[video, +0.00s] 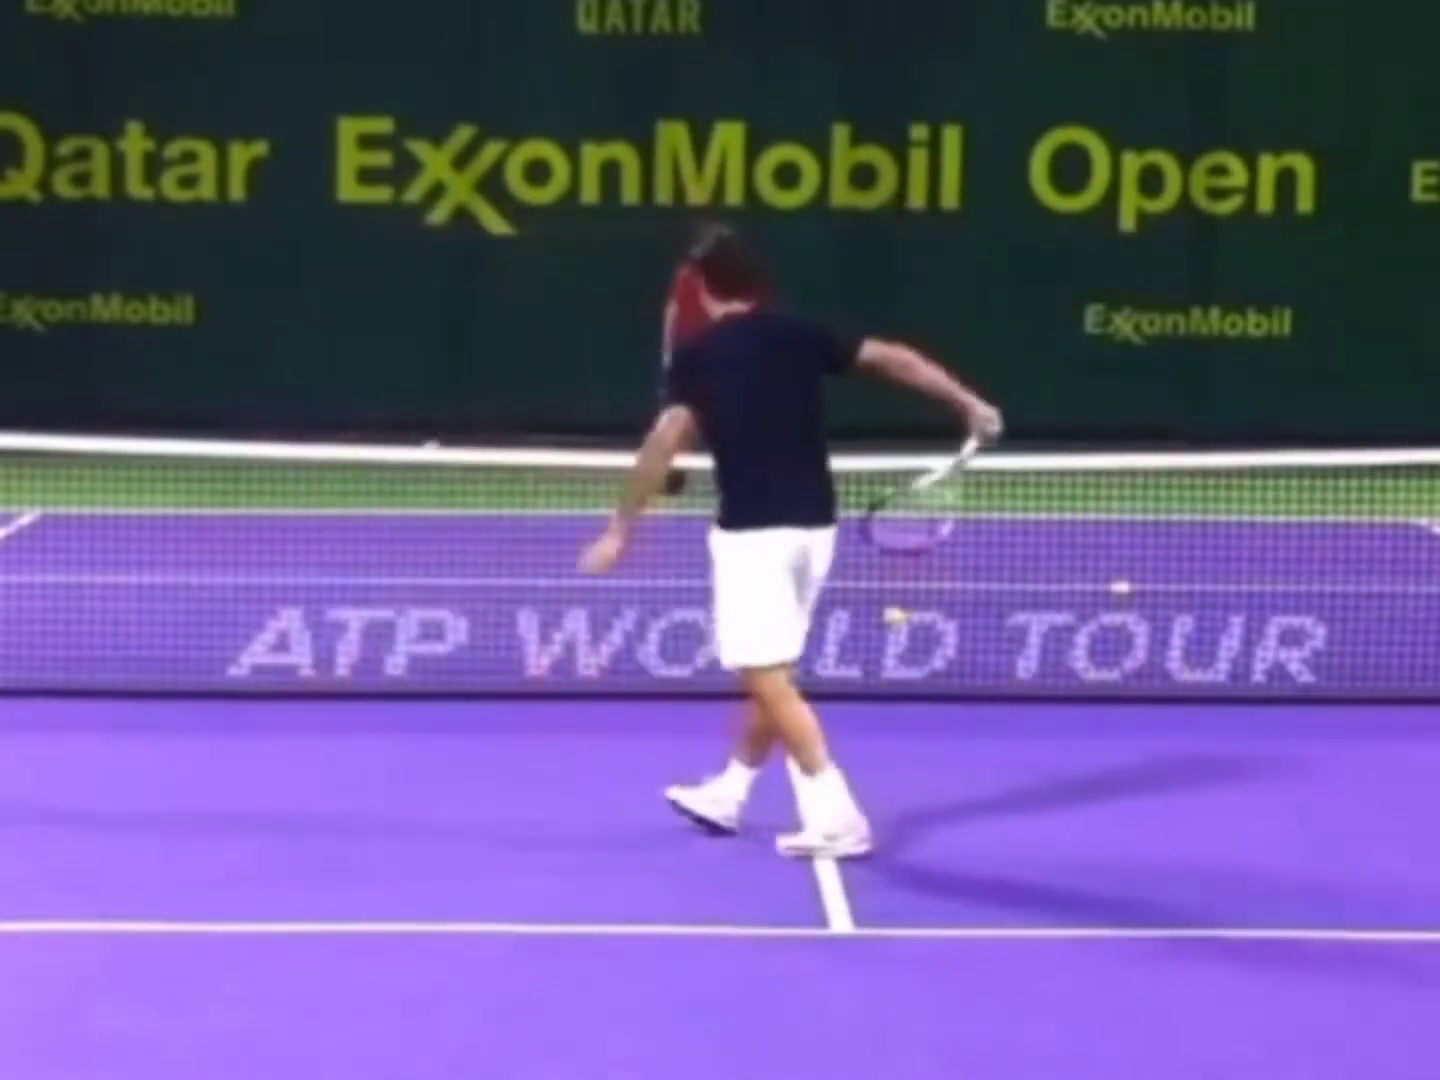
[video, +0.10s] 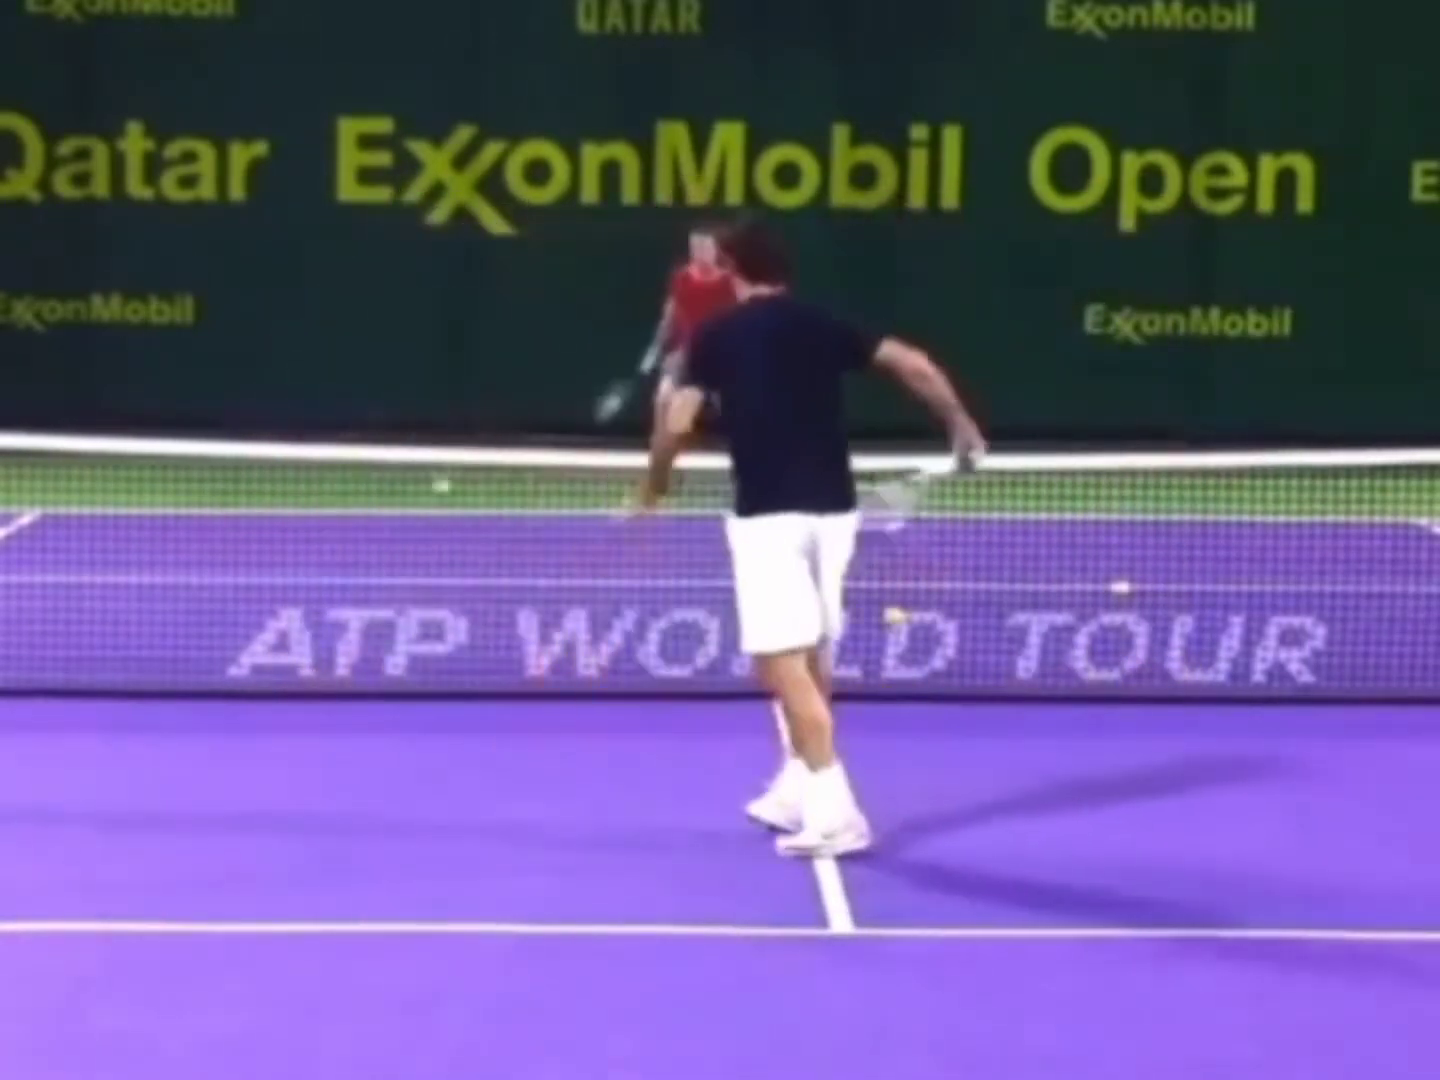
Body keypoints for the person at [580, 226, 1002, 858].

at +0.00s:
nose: (694, 298)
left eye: (695, 289)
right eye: (696, 289)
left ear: (704, 290)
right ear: (761, 286)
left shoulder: (702, 354)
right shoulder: (799, 334)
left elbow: (666, 440)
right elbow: (892, 358)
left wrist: (621, 526)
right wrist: (970, 404)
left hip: (752, 533)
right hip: (816, 529)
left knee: (768, 675)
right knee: (772, 670)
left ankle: (834, 815)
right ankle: (729, 792)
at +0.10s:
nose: (714, 278)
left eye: (718, 268)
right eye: (718, 266)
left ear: (732, 274)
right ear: (784, 271)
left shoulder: (716, 335)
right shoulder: (818, 321)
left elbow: (675, 425)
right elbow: (913, 363)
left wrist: (654, 485)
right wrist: (960, 422)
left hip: (767, 517)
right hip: (834, 513)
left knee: (784, 660)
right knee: (814, 656)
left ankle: (835, 803)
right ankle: (795, 781)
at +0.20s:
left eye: (769, 251)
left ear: (765, 253)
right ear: (818, 252)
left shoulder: (739, 312)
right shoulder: (848, 304)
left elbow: (707, 405)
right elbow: (922, 374)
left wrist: (731, 437)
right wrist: (935, 447)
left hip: (775, 496)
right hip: (849, 491)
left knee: (784, 646)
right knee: (854, 638)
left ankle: (816, 798)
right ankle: (871, 786)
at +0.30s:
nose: (803, 270)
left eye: (794, 259)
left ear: (790, 263)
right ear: (841, 263)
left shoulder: (765, 324)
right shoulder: (874, 320)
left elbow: (735, 423)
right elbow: (926, 406)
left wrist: (777, 447)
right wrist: (910, 467)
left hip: (792, 508)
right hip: (869, 504)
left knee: (775, 655)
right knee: (901, 646)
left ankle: (788, 797)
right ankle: (937, 795)